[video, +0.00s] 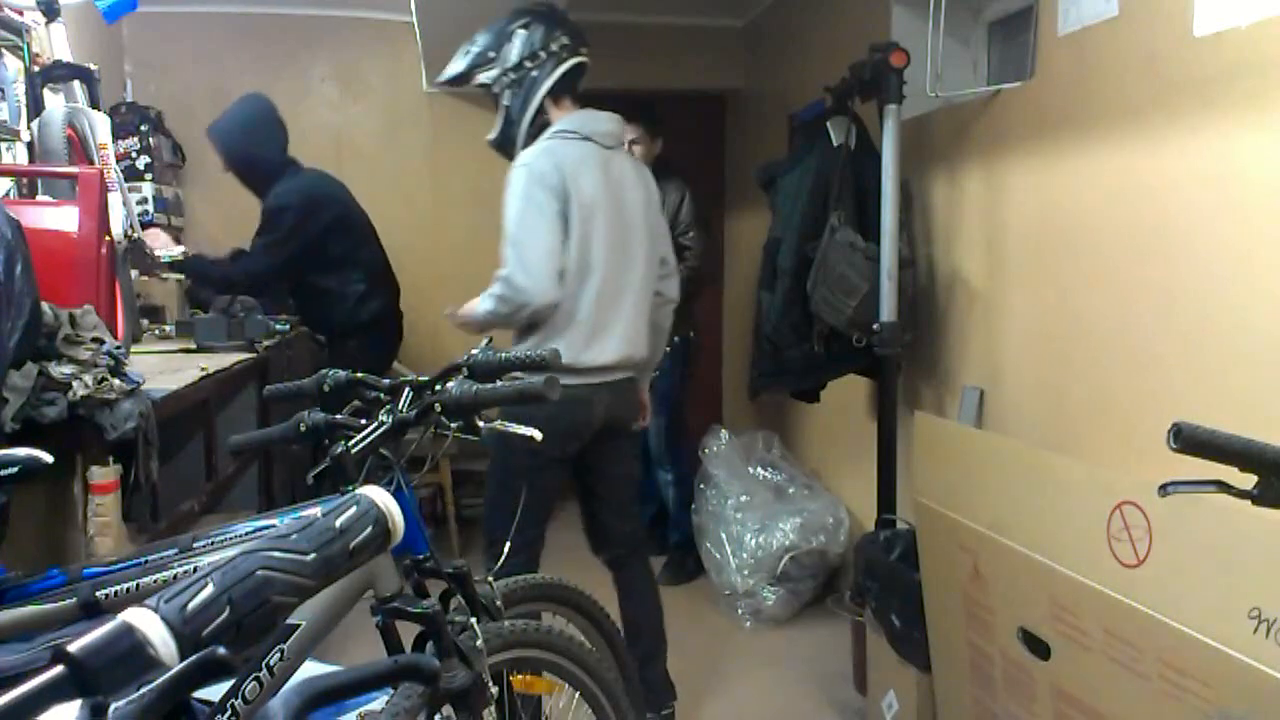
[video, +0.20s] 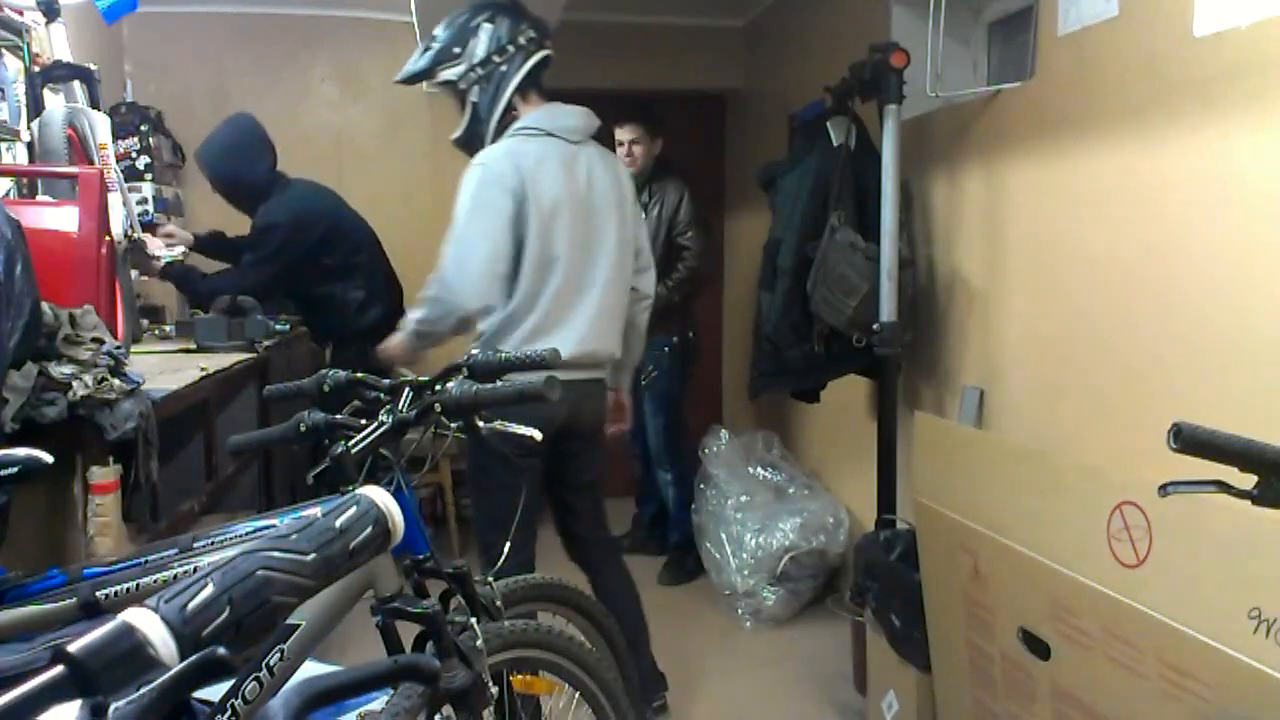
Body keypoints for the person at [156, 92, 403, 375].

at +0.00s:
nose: (225, 169)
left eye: (228, 156)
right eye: (224, 158)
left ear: (248, 151)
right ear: (267, 143)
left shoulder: (292, 200)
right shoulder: (309, 186)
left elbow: (253, 278)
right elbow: (266, 271)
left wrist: (178, 260)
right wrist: (196, 263)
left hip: (356, 343)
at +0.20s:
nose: (218, 192)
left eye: (218, 182)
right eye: (215, 183)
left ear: (234, 178)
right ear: (260, 162)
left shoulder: (282, 219)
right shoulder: (298, 195)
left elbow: (220, 292)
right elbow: (254, 253)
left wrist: (166, 269)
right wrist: (192, 242)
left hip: (360, 341)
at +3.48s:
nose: (209, 223)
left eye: (209, 214)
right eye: (206, 215)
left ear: (225, 212)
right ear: (252, 192)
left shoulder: (271, 249)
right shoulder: (285, 217)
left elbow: (230, 314)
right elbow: (244, 282)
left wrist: (167, 275)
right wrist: (184, 265)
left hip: (371, 345)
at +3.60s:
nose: (211, 223)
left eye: (209, 214)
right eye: (207, 215)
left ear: (224, 211)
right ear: (250, 191)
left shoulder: (272, 249)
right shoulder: (288, 216)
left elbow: (230, 313)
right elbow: (245, 278)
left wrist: (168, 274)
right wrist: (186, 258)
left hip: (368, 352)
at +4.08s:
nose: (203, 227)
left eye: (201, 218)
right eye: (199, 219)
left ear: (217, 215)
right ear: (242, 194)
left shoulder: (269, 251)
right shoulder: (279, 215)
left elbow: (229, 314)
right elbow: (244, 277)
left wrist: (170, 274)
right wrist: (187, 258)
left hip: (370, 349)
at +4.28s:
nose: (204, 231)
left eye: (202, 222)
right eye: (200, 223)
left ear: (215, 218)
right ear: (241, 194)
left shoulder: (266, 250)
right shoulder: (278, 218)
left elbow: (227, 314)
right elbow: (242, 279)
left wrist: (167, 276)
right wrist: (183, 269)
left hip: (366, 350)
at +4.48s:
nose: (203, 233)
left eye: (201, 223)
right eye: (198, 224)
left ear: (215, 218)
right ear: (239, 195)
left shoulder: (266, 252)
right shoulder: (279, 220)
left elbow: (220, 319)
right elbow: (244, 279)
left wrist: (168, 276)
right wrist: (186, 285)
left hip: (367, 350)